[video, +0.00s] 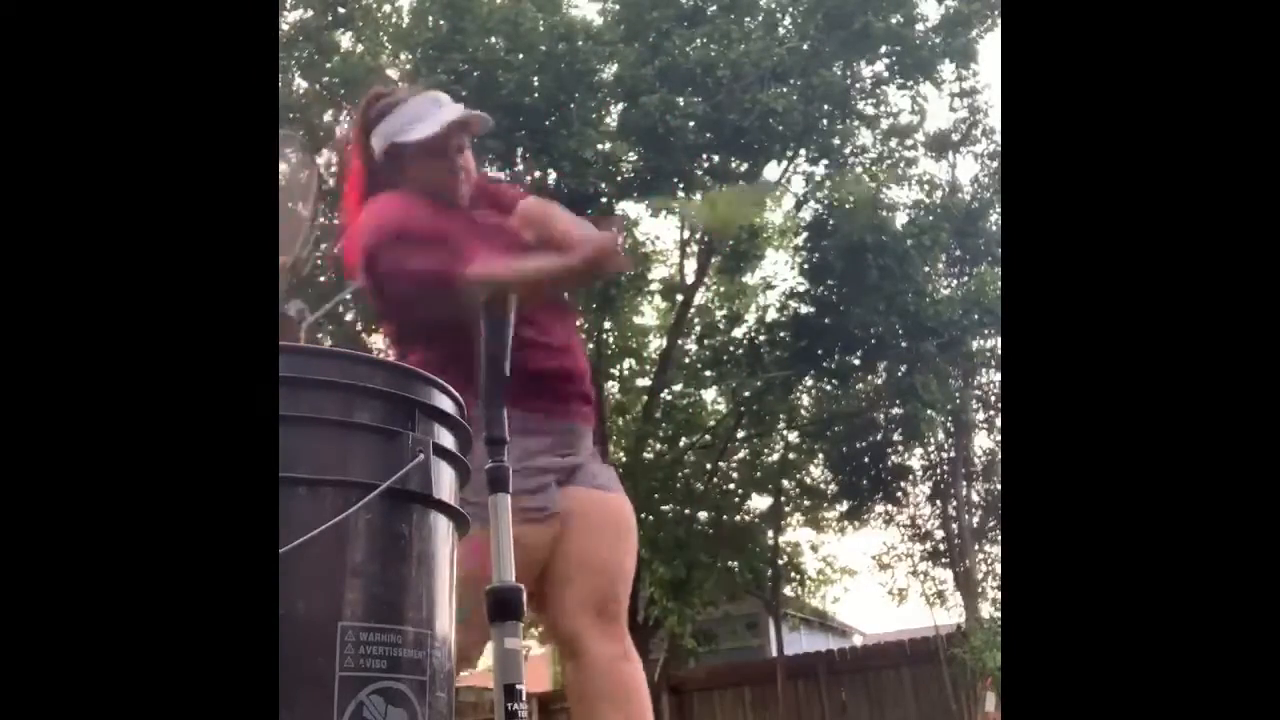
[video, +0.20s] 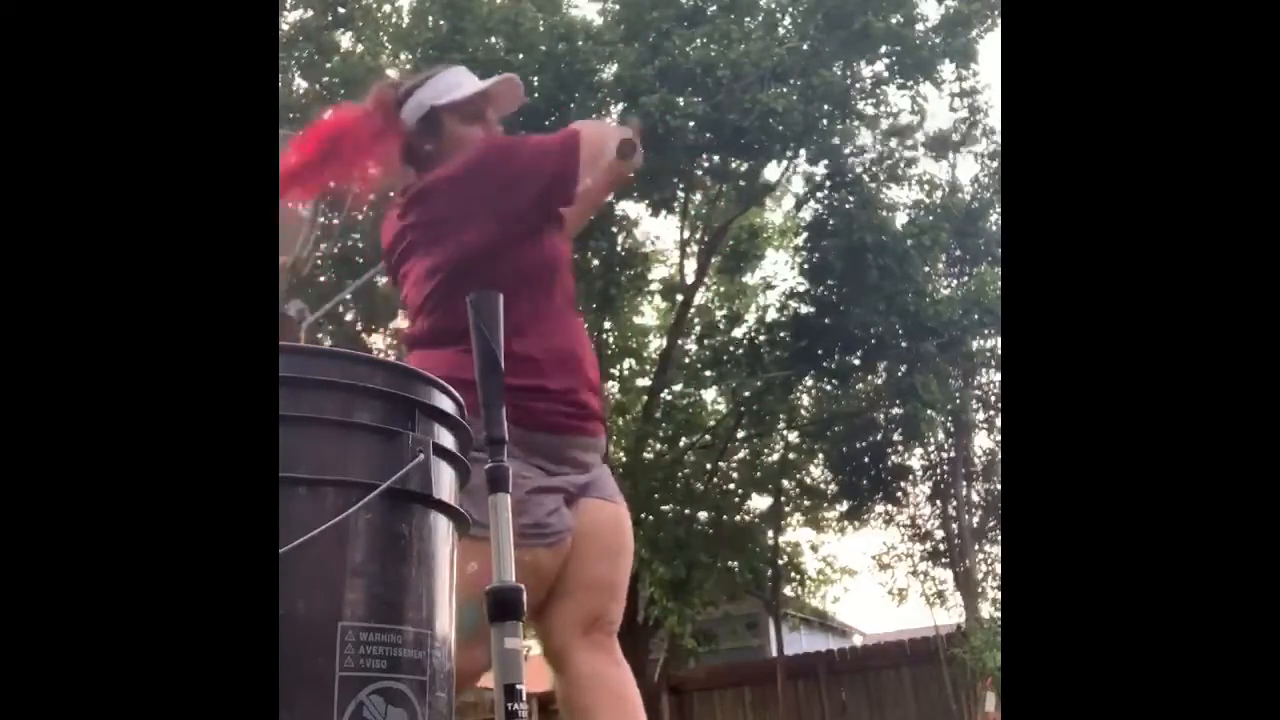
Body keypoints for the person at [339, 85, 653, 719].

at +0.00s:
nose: (459, 158)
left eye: (463, 141)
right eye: (436, 149)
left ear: (473, 142)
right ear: (393, 165)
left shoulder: (496, 200)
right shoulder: (390, 221)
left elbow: (581, 238)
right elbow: (463, 279)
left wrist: (573, 239)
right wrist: (577, 263)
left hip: (575, 445)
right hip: (483, 450)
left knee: (601, 632)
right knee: (447, 648)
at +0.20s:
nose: (496, 125)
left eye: (492, 115)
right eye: (479, 116)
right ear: (436, 129)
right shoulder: (453, 186)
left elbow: (559, 216)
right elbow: (599, 136)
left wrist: (610, 169)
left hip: (581, 457)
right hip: (495, 454)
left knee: (593, 637)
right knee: (461, 659)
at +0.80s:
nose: (532, 128)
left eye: (534, 116)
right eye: (513, 114)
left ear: (535, 121)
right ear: (467, 123)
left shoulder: (521, 186)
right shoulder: (470, 178)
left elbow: (577, 201)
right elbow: (607, 213)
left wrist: (624, 134)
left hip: (577, 455)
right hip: (491, 454)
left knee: (592, 639)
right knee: (444, 656)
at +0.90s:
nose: (536, 124)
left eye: (538, 112)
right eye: (517, 111)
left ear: (542, 117)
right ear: (468, 121)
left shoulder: (541, 199)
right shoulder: (465, 177)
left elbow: (604, 260)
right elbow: (599, 223)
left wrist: (665, 178)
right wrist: (631, 189)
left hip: (576, 454)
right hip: (480, 456)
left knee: (596, 638)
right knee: (440, 659)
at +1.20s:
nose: (582, 106)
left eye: (590, 93)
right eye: (560, 91)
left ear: (598, 105)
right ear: (513, 101)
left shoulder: (600, 194)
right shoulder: (498, 159)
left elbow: (659, 272)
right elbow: (587, 227)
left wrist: (739, 243)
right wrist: (715, 219)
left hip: (602, 439)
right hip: (485, 439)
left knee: (626, 628)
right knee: (448, 642)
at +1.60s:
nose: (569, 54)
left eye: (584, 36)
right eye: (548, 42)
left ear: (609, 46)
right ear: (520, 55)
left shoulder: (655, 152)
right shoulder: (474, 135)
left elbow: (700, 259)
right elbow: (430, 236)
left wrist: (752, 308)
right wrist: (576, 265)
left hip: (618, 419)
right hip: (481, 402)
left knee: (630, 622)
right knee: (467, 568)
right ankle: (398, 706)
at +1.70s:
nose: (544, 32)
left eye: (560, 16)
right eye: (522, 20)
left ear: (589, 28)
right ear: (495, 38)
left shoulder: (644, 142)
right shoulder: (449, 125)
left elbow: (682, 252)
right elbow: (371, 233)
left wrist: (714, 308)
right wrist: (462, 276)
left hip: (605, 418)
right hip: (467, 407)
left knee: (626, 625)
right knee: (455, 577)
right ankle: (391, 701)